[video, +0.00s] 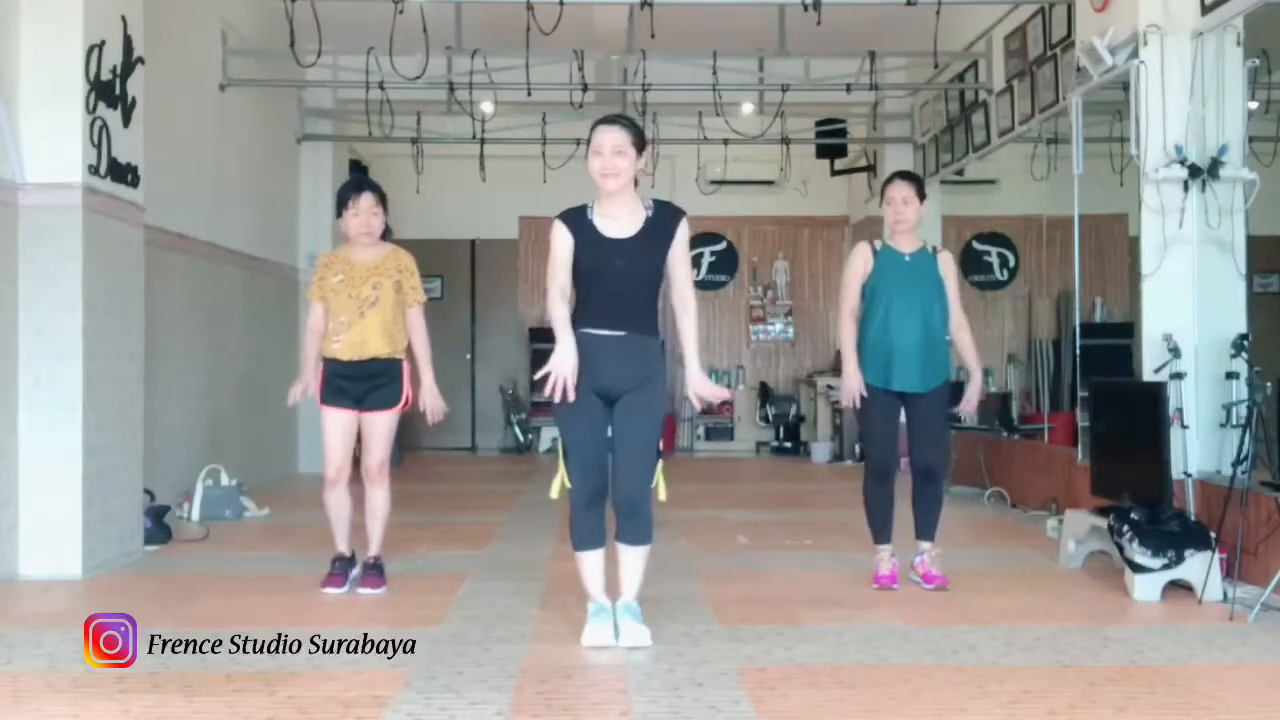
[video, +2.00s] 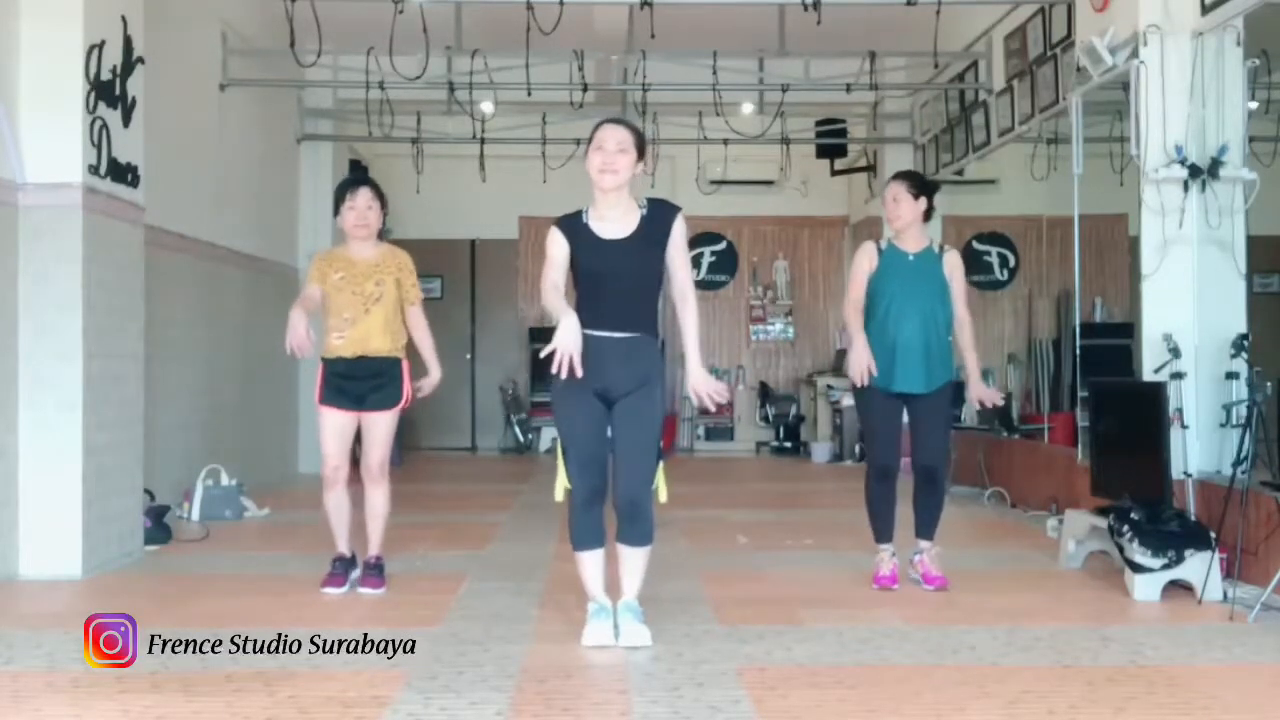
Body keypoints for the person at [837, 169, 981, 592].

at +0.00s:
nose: (898, 209)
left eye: (906, 201)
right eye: (891, 202)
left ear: (922, 207)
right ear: (882, 208)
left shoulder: (942, 260)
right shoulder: (865, 254)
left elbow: (957, 321)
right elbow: (848, 315)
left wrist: (975, 372)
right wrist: (850, 368)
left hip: (931, 381)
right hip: (878, 381)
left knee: (930, 466)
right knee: (881, 466)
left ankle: (925, 554)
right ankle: (884, 555)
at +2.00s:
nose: (888, 207)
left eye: (898, 199)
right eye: (886, 200)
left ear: (923, 206)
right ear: (885, 206)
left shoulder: (948, 259)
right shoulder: (870, 254)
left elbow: (962, 321)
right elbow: (852, 306)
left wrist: (974, 379)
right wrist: (857, 343)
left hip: (934, 380)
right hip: (879, 378)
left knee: (932, 466)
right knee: (882, 465)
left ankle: (924, 552)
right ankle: (885, 553)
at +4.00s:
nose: (912, 209)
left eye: (919, 202)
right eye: (903, 202)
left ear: (929, 208)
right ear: (887, 209)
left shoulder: (945, 261)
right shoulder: (871, 255)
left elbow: (951, 320)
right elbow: (856, 306)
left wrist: (958, 365)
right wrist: (860, 344)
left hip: (935, 378)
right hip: (883, 376)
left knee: (934, 466)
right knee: (884, 464)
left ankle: (924, 553)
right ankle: (885, 554)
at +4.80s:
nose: (896, 210)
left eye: (904, 202)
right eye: (888, 203)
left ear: (918, 208)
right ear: (877, 211)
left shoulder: (940, 258)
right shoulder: (862, 258)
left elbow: (964, 310)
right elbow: (843, 318)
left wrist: (976, 346)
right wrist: (830, 374)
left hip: (928, 379)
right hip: (874, 379)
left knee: (930, 465)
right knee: (880, 465)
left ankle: (924, 552)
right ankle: (884, 554)